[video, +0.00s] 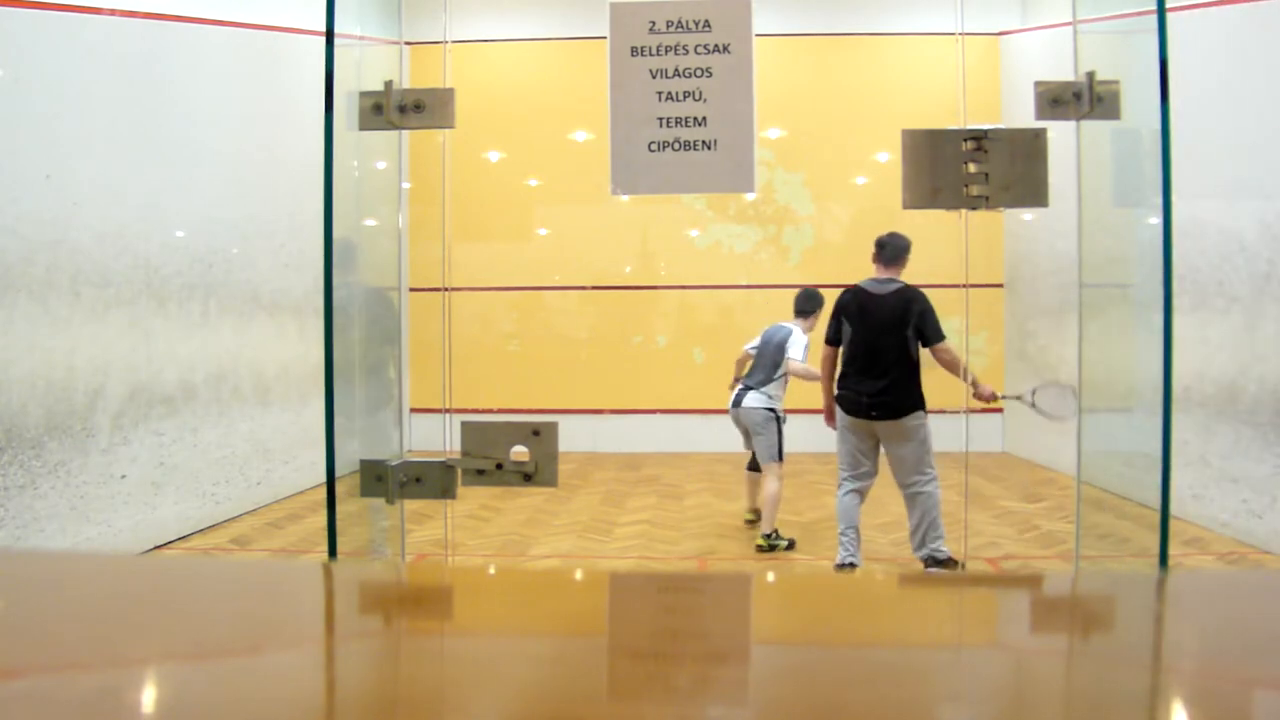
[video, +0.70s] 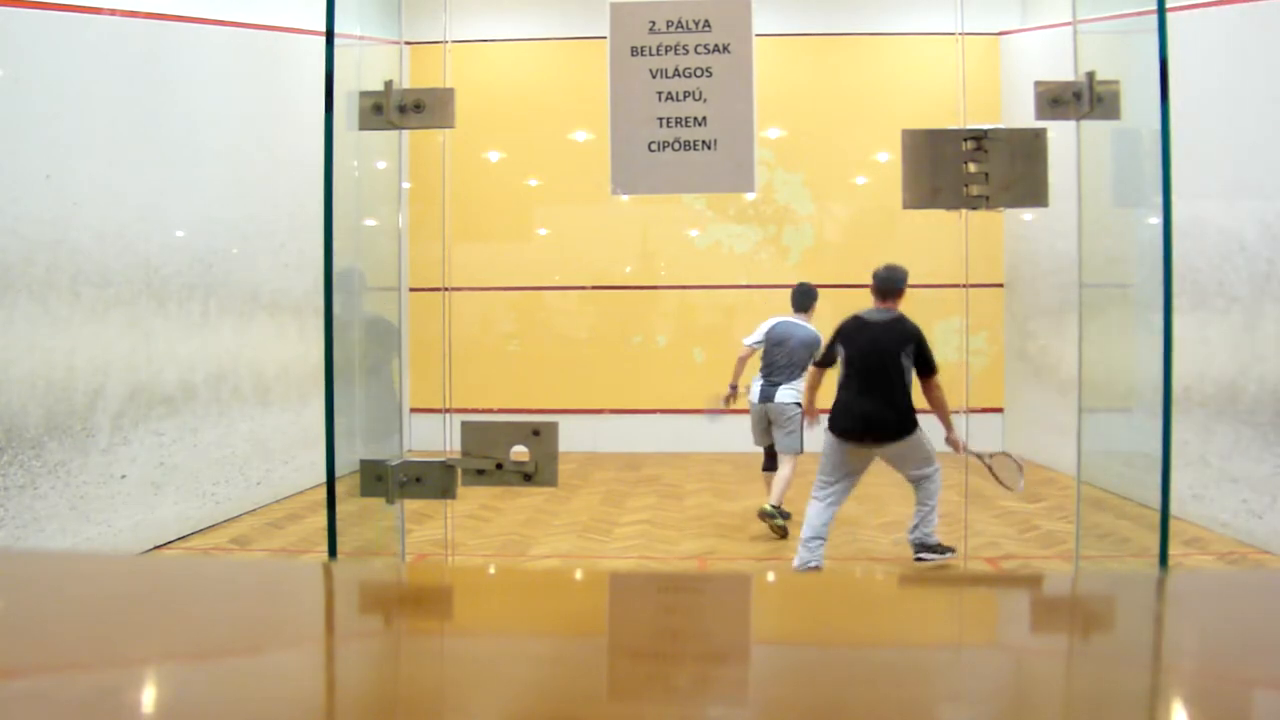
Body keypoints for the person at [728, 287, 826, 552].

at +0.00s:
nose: (817, 321)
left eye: (818, 317)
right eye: (818, 317)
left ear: (794, 311)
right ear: (815, 315)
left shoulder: (772, 330)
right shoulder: (798, 335)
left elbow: (743, 356)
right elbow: (794, 368)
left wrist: (736, 378)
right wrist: (827, 377)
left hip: (740, 403)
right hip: (762, 407)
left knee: (756, 455)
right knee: (772, 472)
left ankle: (752, 509)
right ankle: (768, 534)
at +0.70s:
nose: (814, 308)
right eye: (815, 304)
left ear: (792, 303)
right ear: (813, 306)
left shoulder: (773, 325)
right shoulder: (815, 338)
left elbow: (744, 355)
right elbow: (817, 372)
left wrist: (734, 385)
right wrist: (811, 403)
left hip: (759, 397)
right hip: (788, 400)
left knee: (769, 454)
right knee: (787, 460)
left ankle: (775, 505)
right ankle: (772, 505)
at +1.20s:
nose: (808, 299)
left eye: (805, 294)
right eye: (808, 295)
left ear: (783, 296)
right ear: (806, 297)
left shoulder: (763, 324)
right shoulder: (815, 331)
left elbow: (747, 362)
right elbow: (818, 374)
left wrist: (743, 397)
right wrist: (805, 399)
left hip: (760, 401)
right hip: (792, 403)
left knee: (760, 457)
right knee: (795, 467)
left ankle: (758, 508)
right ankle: (784, 521)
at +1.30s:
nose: (808, 295)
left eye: (805, 291)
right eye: (808, 292)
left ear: (781, 293)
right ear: (805, 294)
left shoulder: (762, 320)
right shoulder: (814, 327)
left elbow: (745, 358)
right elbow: (818, 371)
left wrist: (740, 392)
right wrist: (811, 402)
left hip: (757, 399)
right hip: (790, 401)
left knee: (752, 458)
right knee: (793, 465)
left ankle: (747, 515)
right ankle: (784, 520)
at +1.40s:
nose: (805, 296)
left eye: (801, 291)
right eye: (805, 292)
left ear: (777, 294)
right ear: (801, 294)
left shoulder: (759, 322)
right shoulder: (811, 329)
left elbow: (740, 361)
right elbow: (817, 373)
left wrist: (735, 393)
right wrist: (812, 407)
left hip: (753, 402)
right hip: (787, 405)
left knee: (744, 462)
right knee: (794, 465)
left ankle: (735, 517)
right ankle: (784, 521)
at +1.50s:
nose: (796, 300)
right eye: (796, 296)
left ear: (770, 298)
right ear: (793, 298)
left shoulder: (753, 327)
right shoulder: (805, 332)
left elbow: (734, 366)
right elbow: (813, 376)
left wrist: (727, 395)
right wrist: (810, 409)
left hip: (750, 409)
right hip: (785, 412)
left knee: (732, 466)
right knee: (793, 466)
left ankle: (725, 514)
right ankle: (784, 521)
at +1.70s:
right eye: (763, 286)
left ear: (740, 290)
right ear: (765, 289)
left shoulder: (730, 319)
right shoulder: (783, 322)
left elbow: (722, 360)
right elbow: (794, 364)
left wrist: (708, 393)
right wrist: (788, 401)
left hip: (733, 397)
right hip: (768, 400)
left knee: (706, 460)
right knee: (775, 463)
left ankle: (704, 518)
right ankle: (778, 522)